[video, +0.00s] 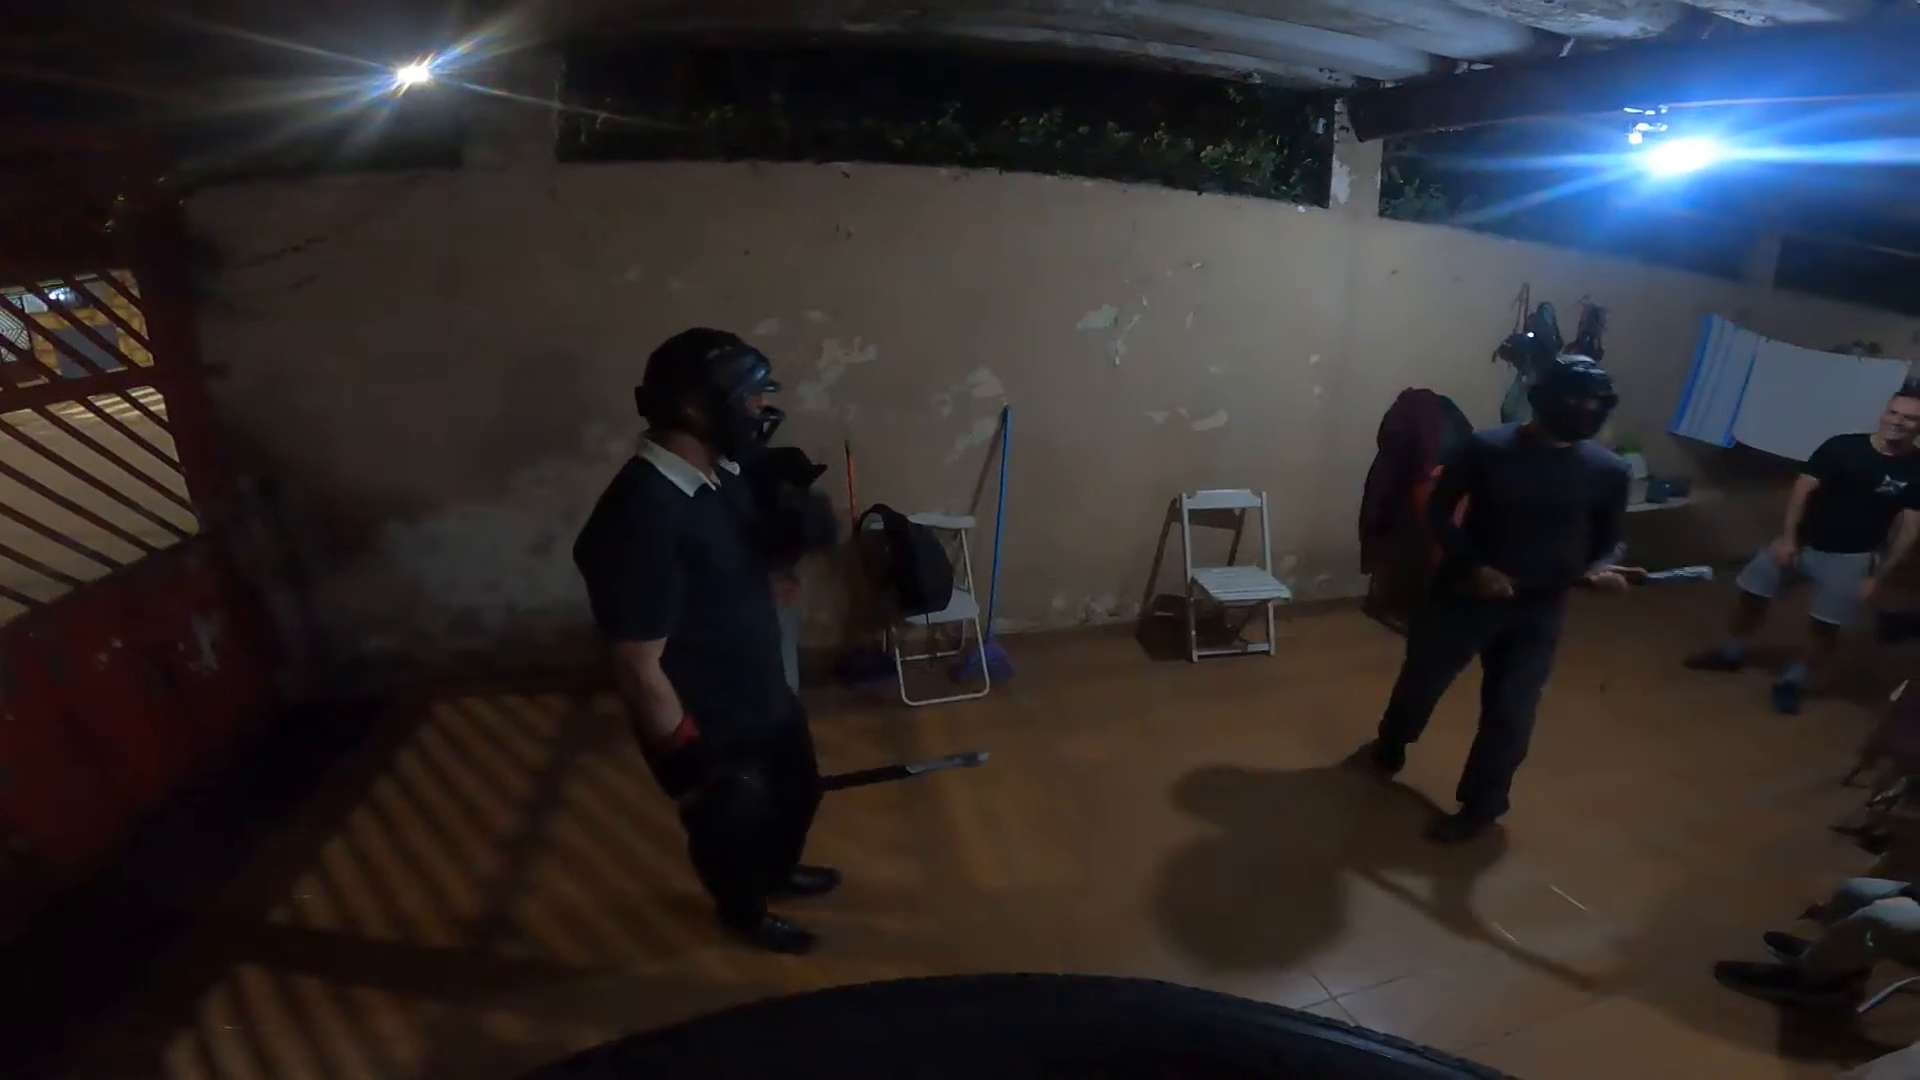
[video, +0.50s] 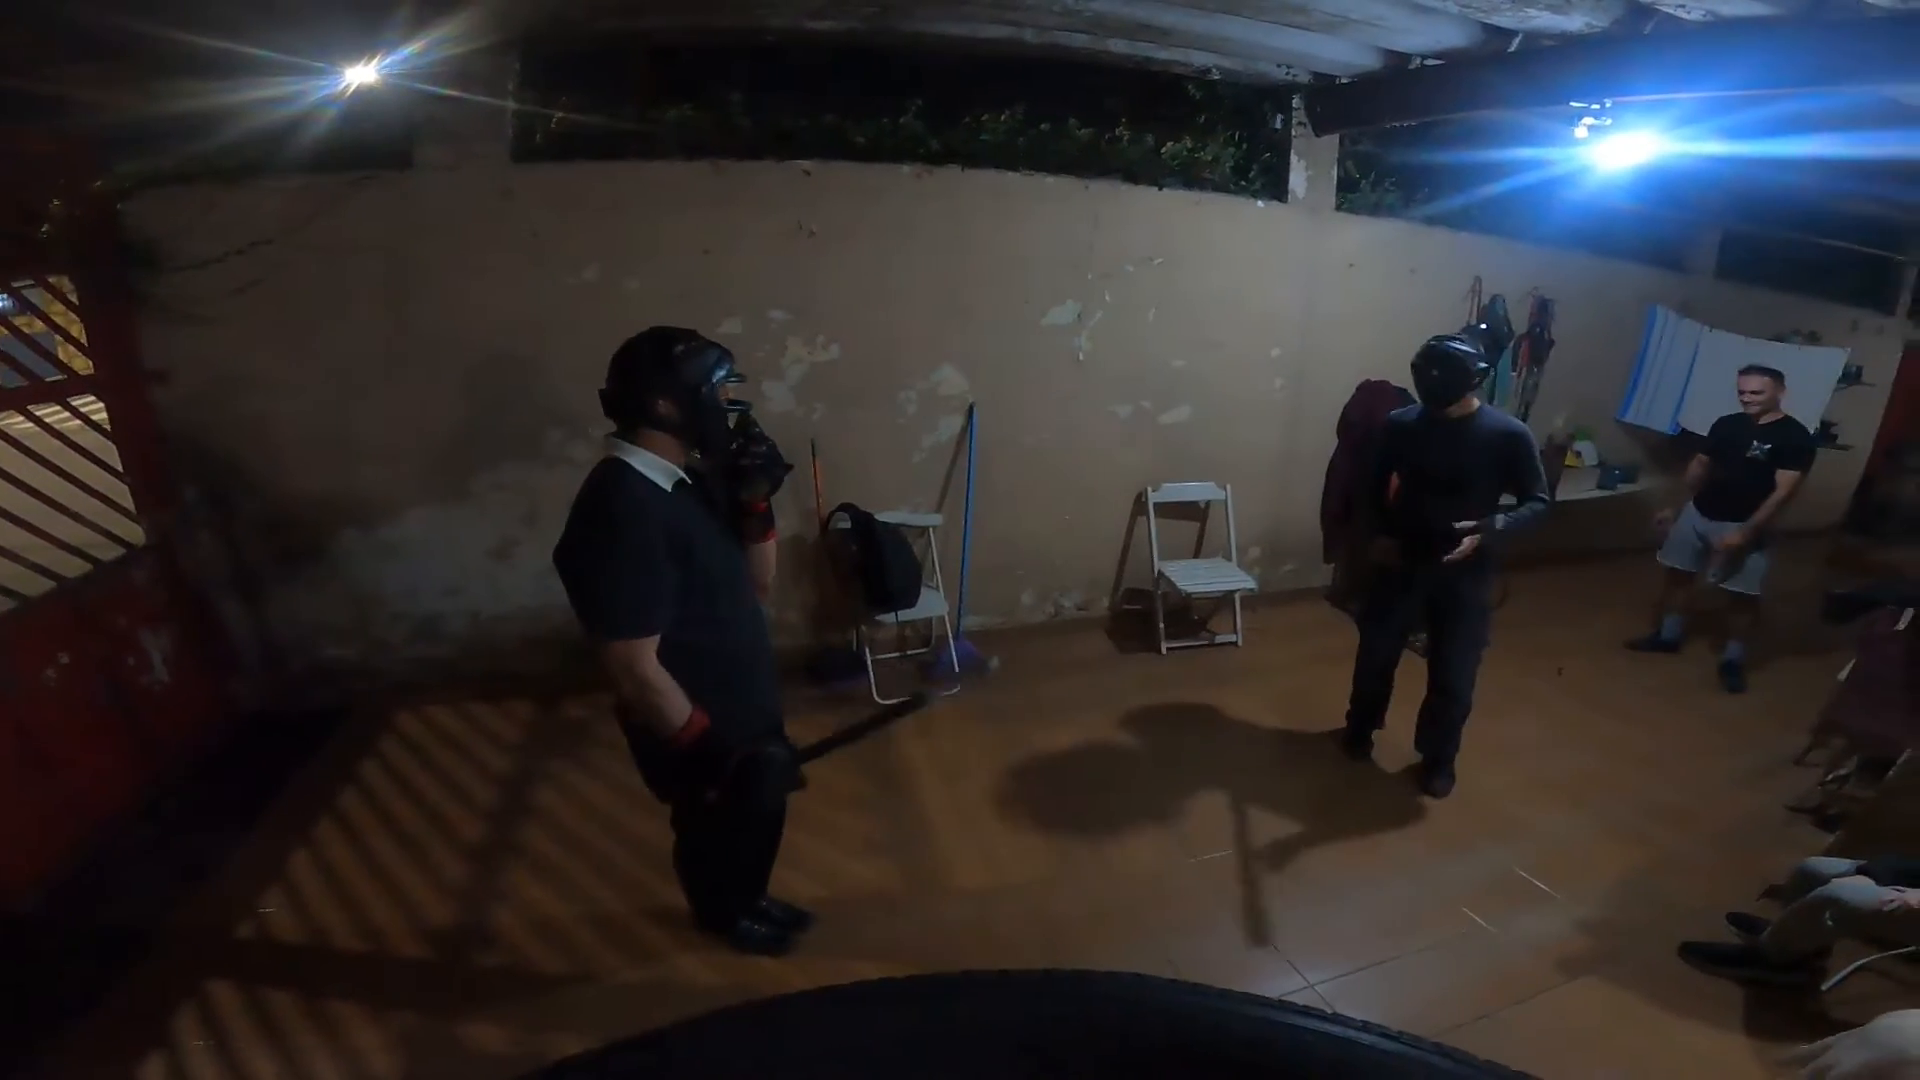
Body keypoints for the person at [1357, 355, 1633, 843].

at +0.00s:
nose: (1591, 412)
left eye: (1598, 403)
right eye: (1580, 401)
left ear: (1604, 409)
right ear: (1548, 399)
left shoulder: (1605, 474)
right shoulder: (1487, 449)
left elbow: (1608, 537)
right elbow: (1437, 513)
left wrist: (1600, 564)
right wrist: (1473, 566)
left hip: (1536, 612)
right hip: (1464, 598)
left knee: (1509, 717)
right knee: (1420, 681)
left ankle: (1479, 810)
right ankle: (1390, 746)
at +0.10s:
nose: (1527, 424)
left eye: (1539, 411)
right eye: (1522, 407)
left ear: (1555, 410)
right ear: (1503, 398)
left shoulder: (1570, 462)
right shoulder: (1455, 442)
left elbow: (1586, 525)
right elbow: (1411, 508)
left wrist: (1567, 553)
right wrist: (1435, 555)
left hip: (1510, 596)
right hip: (1442, 585)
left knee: (1490, 705)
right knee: (1407, 670)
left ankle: (1469, 802)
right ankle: (1383, 743)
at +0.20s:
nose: (1519, 393)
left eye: (1530, 383)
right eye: (1508, 381)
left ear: (1542, 390)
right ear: (1483, 382)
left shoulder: (1558, 456)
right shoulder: (1442, 439)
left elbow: (1576, 523)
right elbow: (1400, 503)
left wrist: (1546, 549)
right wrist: (1419, 551)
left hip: (1502, 593)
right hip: (1434, 579)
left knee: (1482, 704)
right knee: (1399, 665)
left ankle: (1457, 799)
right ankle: (1379, 739)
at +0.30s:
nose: (1485, 387)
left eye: (1497, 377)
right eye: (1476, 375)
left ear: (1514, 385)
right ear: (1457, 379)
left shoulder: (1540, 449)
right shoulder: (1425, 435)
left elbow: (1560, 518)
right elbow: (1386, 498)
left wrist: (1523, 542)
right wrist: (1404, 546)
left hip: (1488, 580)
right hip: (1423, 569)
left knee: (1472, 697)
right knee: (1391, 659)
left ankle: (1447, 791)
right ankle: (1373, 737)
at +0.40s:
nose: (1438, 400)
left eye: (1448, 393)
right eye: (1435, 391)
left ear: (1478, 390)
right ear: (1429, 386)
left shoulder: (1517, 440)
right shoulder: (1410, 429)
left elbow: (1544, 508)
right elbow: (1376, 490)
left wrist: (1496, 535)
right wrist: (1384, 538)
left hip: (1471, 575)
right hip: (1408, 564)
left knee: (1458, 681)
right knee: (1381, 653)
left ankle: (1440, 771)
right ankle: (1365, 729)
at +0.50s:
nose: (1434, 405)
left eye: (1442, 396)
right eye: (1430, 396)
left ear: (1467, 389)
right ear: (1423, 390)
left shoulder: (1508, 436)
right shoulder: (1402, 427)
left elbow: (1539, 503)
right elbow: (1373, 488)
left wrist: (1489, 531)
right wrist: (1379, 536)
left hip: (1465, 572)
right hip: (1402, 562)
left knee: (1454, 676)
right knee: (1375, 652)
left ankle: (1439, 761)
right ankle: (1360, 728)